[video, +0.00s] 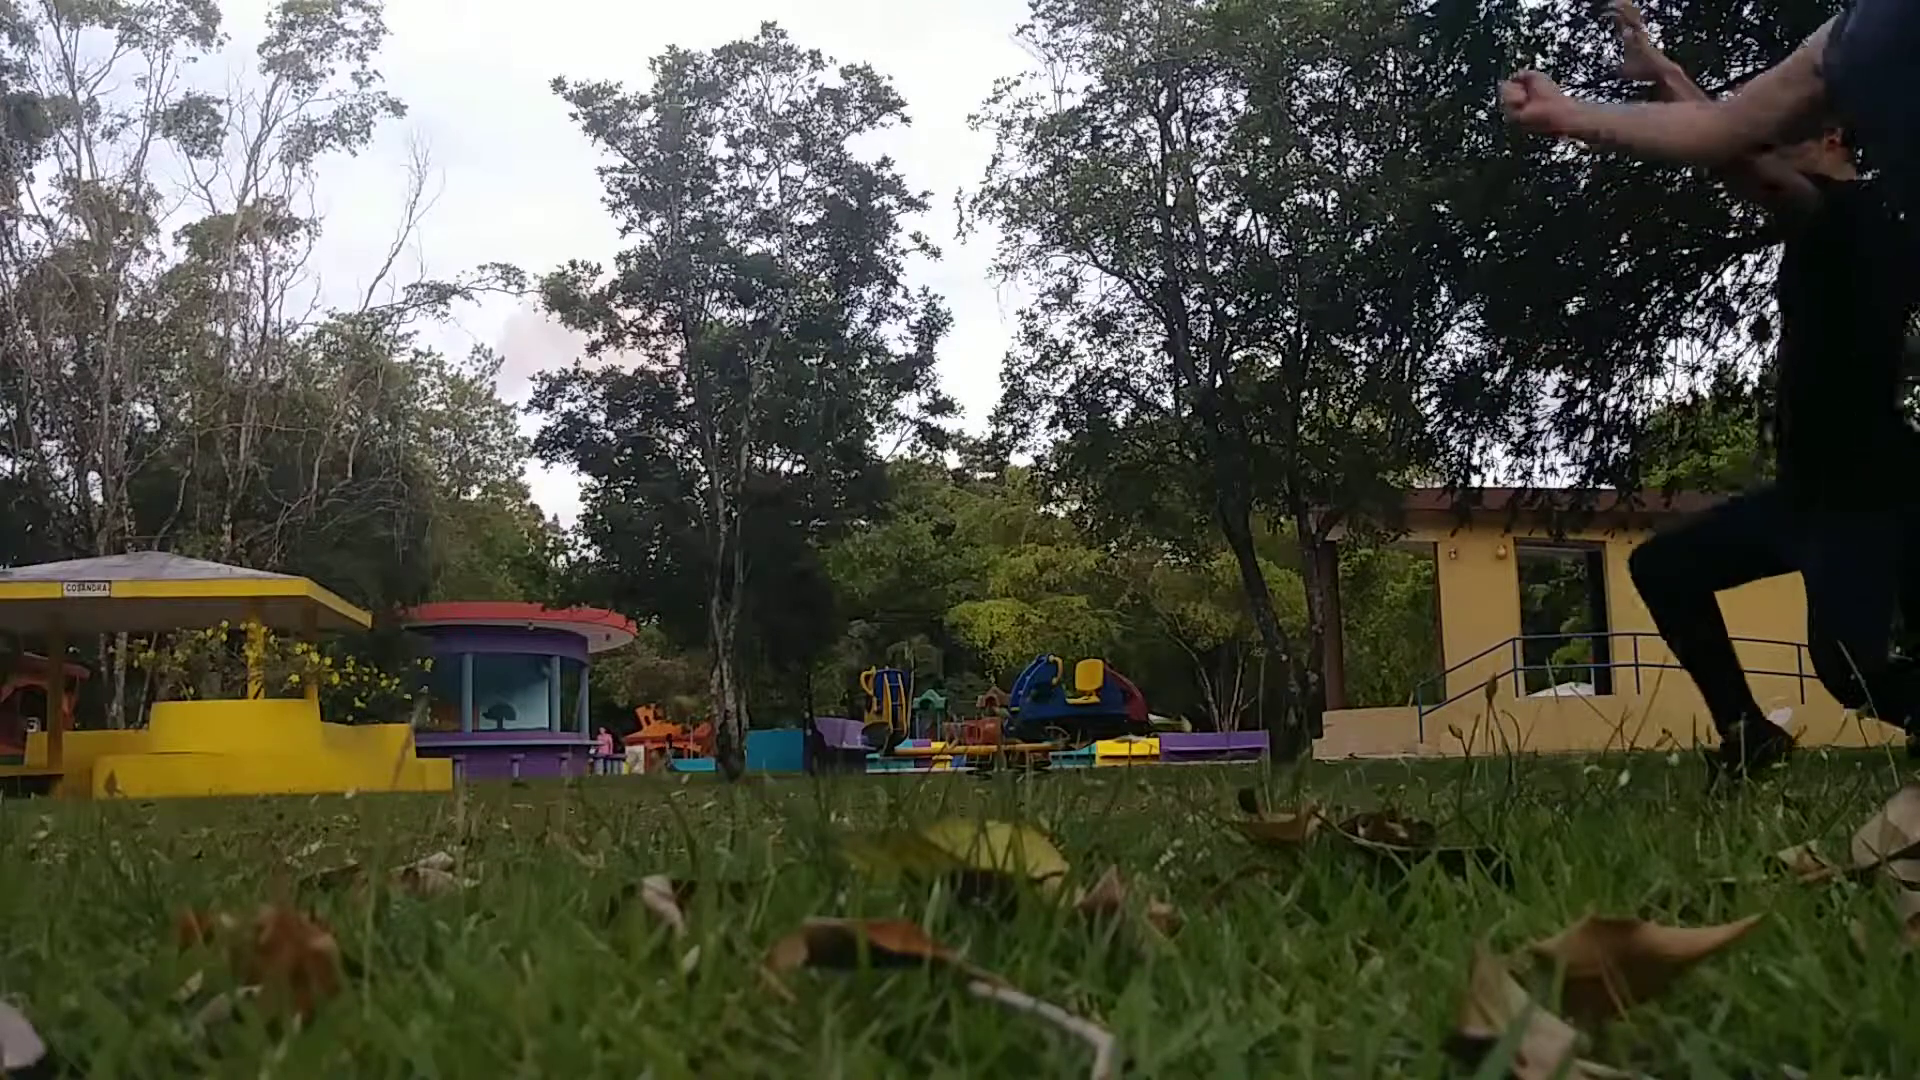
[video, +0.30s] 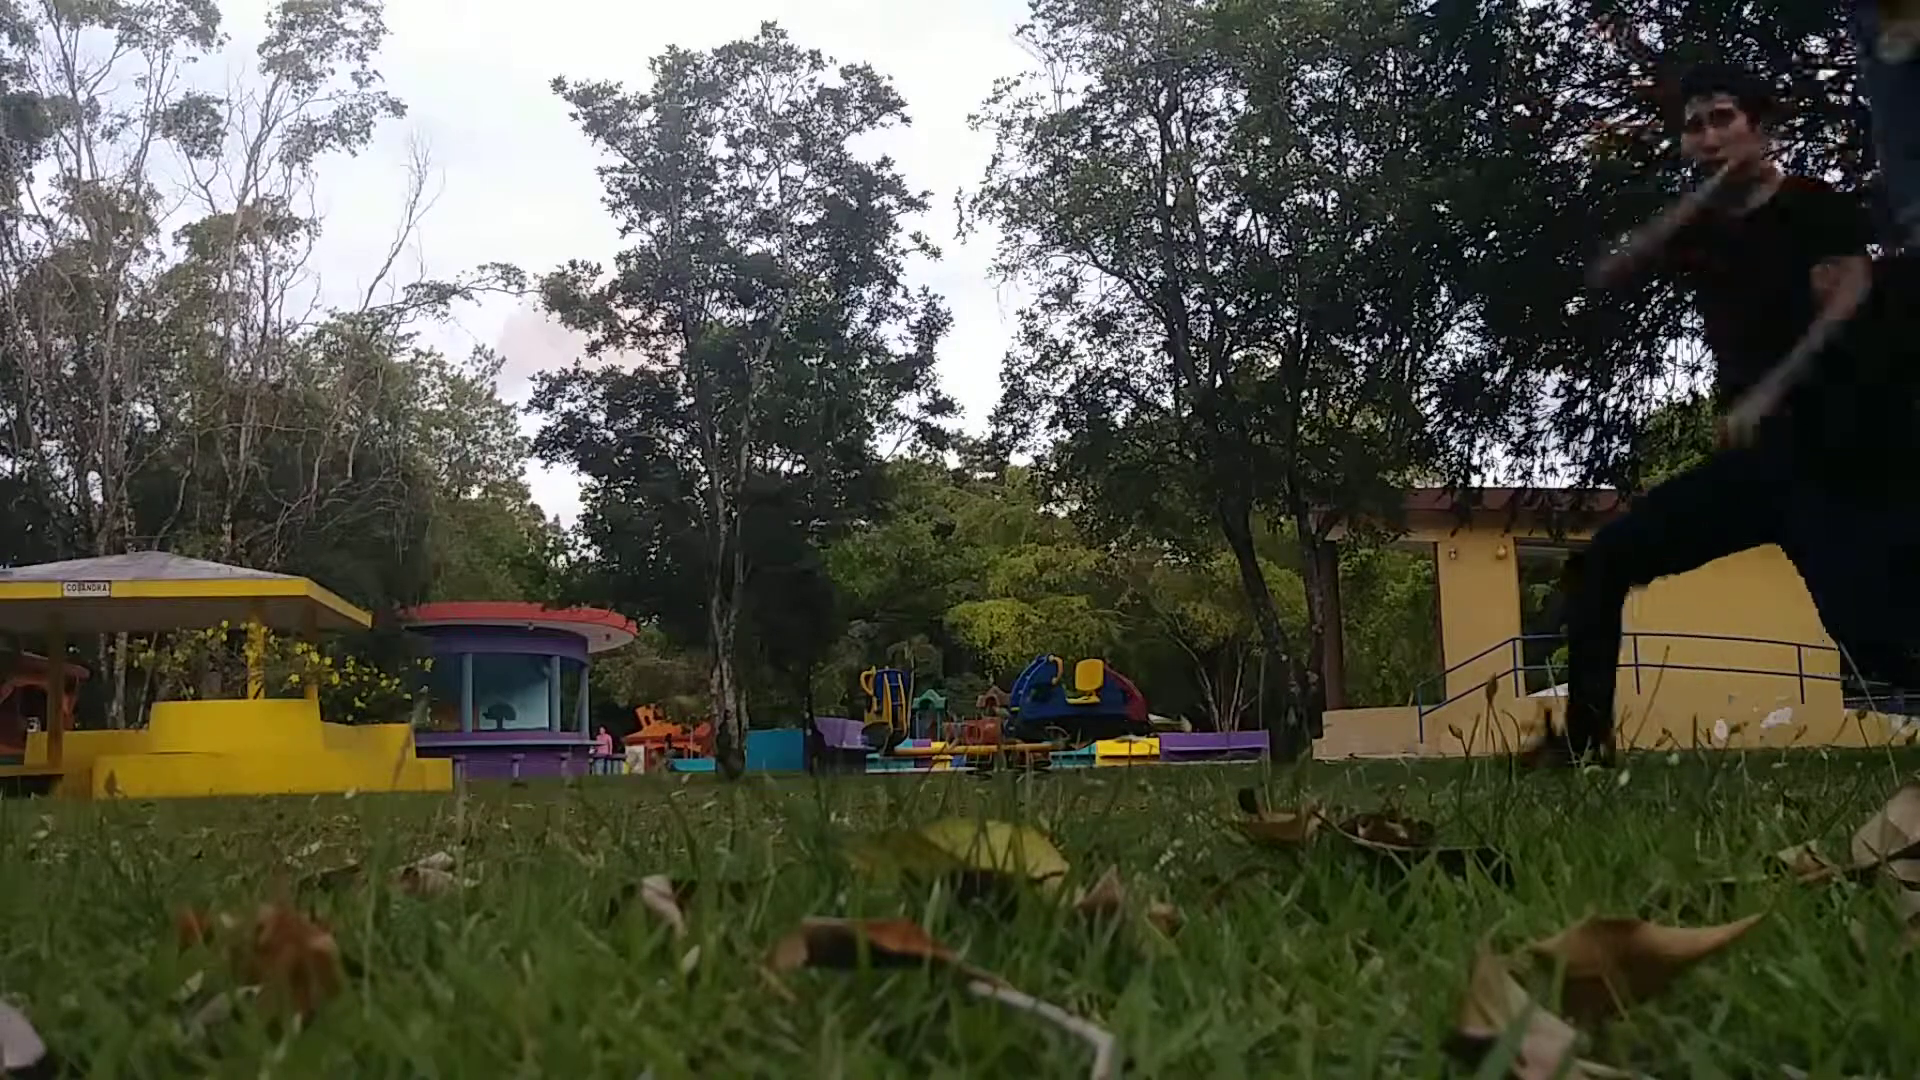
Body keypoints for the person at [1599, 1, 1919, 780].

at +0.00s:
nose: (1782, 166)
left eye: (1796, 147)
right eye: (1782, 151)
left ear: (1835, 145)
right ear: (1817, 153)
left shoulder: (1861, 218)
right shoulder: (1819, 216)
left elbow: (1744, 160)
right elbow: (1737, 142)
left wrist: (1660, 73)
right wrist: (1666, 76)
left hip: (1869, 497)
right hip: (1802, 492)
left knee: (1853, 668)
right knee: (1662, 567)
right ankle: (1746, 732)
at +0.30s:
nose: (1707, 137)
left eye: (1720, 120)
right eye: (1694, 125)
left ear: (1760, 126)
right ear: (1684, 142)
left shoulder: (1818, 208)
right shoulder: (1699, 229)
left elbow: (1849, 307)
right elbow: (1606, 275)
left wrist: (1767, 392)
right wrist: (1701, 197)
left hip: (1842, 466)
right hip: (1755, 466)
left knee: (1874, 641)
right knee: (1605, 558)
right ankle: (1586, 739)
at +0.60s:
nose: (1629, 171)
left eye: (1639, 158)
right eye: (1612, 159)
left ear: (1651, 168)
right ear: (1574, 169)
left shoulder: (1673, 257)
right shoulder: (1552, 251)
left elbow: (1737, 366)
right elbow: (1555, 139)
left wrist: (1700, 425)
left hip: (1701, 481)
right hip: (1609, 492)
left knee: (1801, 562)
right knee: (1547, 661)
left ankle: (1824, 740)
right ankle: (1577, 775)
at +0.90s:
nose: (1619, 185)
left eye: (1627, 164)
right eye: (1599, 172)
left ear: (1648, 167)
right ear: (1573, 189)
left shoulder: (1698, 216)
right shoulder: (1574, 267)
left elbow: (1806, 256)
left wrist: (1696, 326)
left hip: (1751, 470)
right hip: (1652, 483)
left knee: (1853, 590)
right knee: (1520, 591)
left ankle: (1915, 724)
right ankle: (1556, 759)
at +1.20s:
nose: (1579, 272)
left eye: (1587, 255)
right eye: (1562, 266)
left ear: (1613, 262)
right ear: (1551, 287)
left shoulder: (1675, 308)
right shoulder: (1578, 356)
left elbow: (1784, 321)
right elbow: (1540, 443)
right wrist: (1611, 338)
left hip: (1755, 533)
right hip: (1668, 543)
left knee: (1799, 634)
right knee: (1513, 619)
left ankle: (1885, 756)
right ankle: (1547, 776)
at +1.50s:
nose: (1595, 164)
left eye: (1605, 150)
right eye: (1576, 156)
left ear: (1626, 163)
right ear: (1548, 179)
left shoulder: (1649, 266)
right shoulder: (1532, 259)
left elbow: (1671, 359)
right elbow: (1579, 220)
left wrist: (1691, 444)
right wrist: (1679, 191)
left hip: (1645, 479)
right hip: (1561, 486)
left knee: (1766, 539)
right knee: (1545, 658)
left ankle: (1814, 748)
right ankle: (1493, 784)